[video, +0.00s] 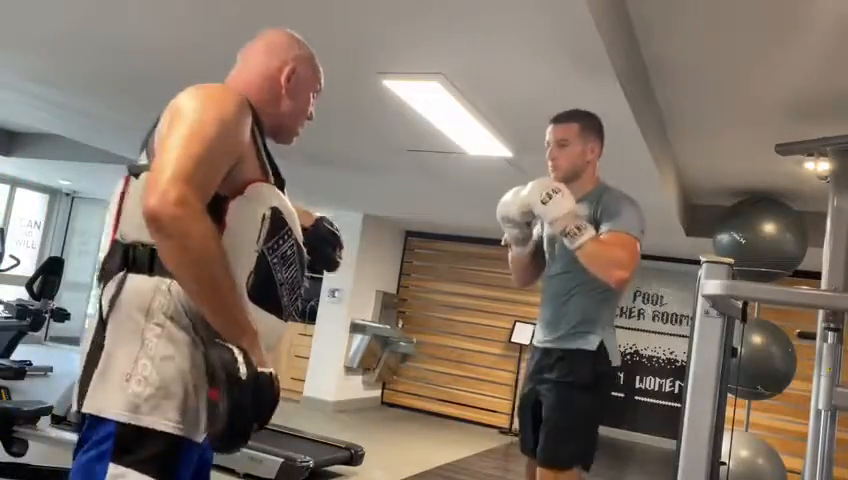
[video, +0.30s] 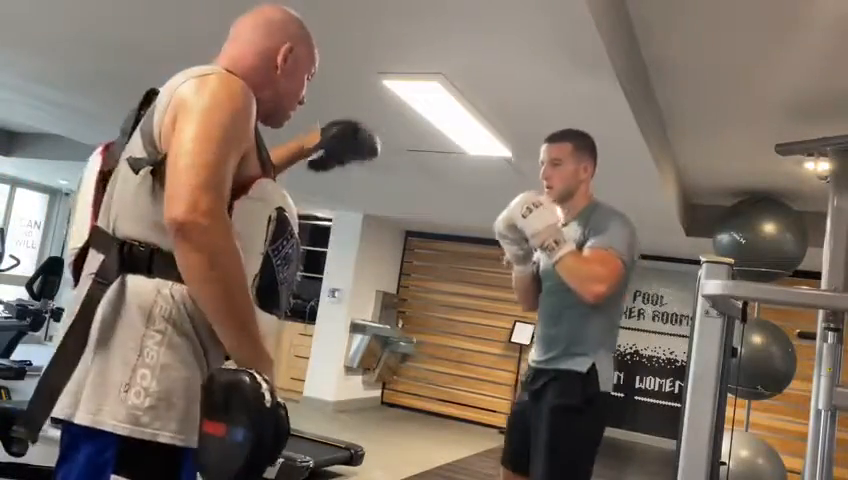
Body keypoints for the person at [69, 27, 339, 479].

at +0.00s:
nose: (313, 113)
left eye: (317, 99)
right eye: (315, 94)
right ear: (287, 77)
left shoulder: (248, 142)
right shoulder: (218, 103)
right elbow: (172, 206)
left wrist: (297, 221)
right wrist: (247, 341)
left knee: (184, 465)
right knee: (132, 467)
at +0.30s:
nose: (304, 95)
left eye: (310, 80)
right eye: (307, 76)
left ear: (239, 47)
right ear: (283, 57)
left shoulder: (197, 91)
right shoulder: (221, 91)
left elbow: (236, 174)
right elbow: (193, 217)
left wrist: (311, 146)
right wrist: (258, 368)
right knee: (141, 467)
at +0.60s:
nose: (326, 126)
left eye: (332, 114)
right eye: (329, 110)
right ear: (304, 90)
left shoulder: (267, 150)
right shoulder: (243, 105)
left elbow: (288, 213)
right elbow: (186, 176)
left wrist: (344, 170)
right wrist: (218, 322)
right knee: (132, 471)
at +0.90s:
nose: (347, 148)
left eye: (352, 137)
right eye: (349, 132)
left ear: (320, 111)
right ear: (327, 111)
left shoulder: (293, 172)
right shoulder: (269, 114)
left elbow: (299, 243)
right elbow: (197, 159)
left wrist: (354, 201)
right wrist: (235, 295)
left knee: (201, 468)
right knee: (146, 469)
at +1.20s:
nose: (326, 123)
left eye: (330, 112)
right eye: (327, 107)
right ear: (305, 88)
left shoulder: (256, 141)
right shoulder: (238, 106)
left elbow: (277, 223)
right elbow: (263, 190)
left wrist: (336, 169)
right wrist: (364, 255)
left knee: (199, 464)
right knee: (137, 466)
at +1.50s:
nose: (304, 86)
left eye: (312, 74)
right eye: (309, 70)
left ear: (235, 37)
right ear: (283, 51)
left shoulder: (192, 85)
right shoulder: (224, 86)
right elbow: (329, 192)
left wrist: (300, 121)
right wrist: (375, 142)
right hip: (152, 332)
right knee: (132, 462)